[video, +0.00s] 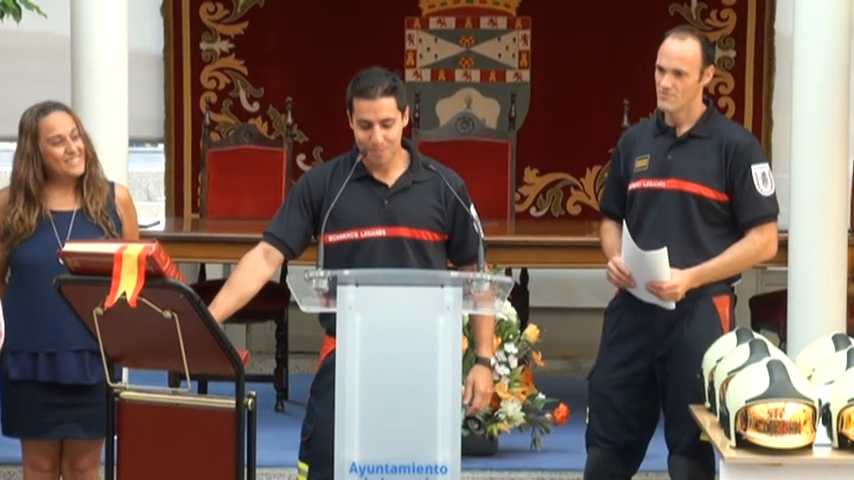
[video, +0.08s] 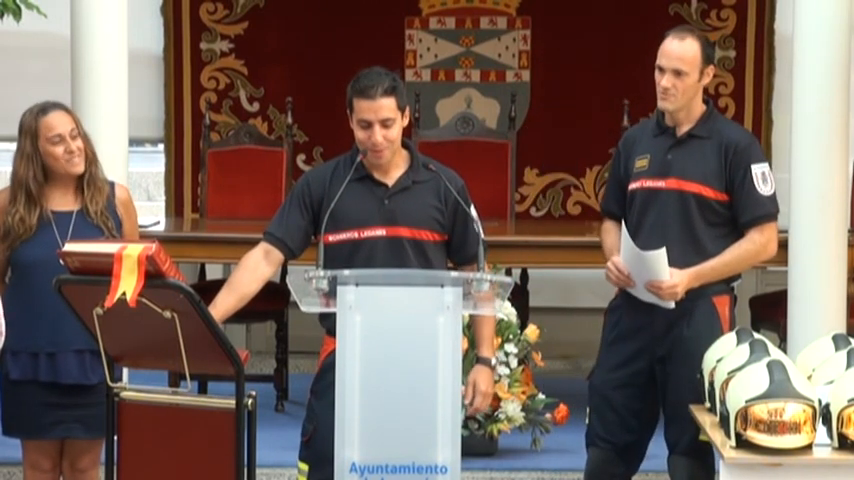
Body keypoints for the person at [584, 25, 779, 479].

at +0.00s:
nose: (664, 82)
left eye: (678, 73)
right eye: (660, 70)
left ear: (706, 77)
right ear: (654, 71)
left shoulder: (737, 146)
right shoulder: (632, 141)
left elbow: (764, 242)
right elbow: (611, 216)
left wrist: (691, 278)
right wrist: (615, 257)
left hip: (698, 319)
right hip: (631, 312)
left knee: (691, 454)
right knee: (607, 449)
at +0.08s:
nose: (664, 82)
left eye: (678, 73)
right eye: (660, 70)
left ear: (706, 77)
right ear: (654, 70)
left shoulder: (737, 145)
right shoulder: (633, 140)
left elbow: (764, 242)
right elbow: (612, 217)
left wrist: (690, 278)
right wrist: (614, 256)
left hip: (698, 319)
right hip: (631, 312)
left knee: (691, 455)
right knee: (607, 450)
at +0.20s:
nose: (664, 82)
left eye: (677, 73)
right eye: (660, 70)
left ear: (706, 77)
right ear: (654, 71)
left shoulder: (736, 145)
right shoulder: (634, 140)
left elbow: (763, 243)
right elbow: (611, 216)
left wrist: (688, 278)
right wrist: (613, 254)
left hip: (697, 319)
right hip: (631, 311)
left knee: (691, 454)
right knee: (606, 450)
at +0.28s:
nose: (664, 81)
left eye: (677, 73)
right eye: (660, 70)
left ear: (706, 77)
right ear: (654, 71)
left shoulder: (736, 145)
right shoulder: (634, 140)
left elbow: (763, 242)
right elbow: (612, 216)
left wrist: (688, 278)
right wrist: (613, 255)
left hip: (697, 318)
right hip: (631, 311)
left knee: (691, 454)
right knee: (607, 449)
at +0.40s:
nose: (664, 82)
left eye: (677, 73)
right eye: (660, 70)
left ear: (706, 77)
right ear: (654, 71)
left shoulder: (736, 145)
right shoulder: (634, 140)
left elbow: (763, 242)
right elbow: (612, 216)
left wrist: (687, 278)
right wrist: (613, 255)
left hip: (697, 318)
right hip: (631, 311)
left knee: (691, 454)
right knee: (607, 449)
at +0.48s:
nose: (664, 82)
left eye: (677, 73)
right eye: (660, 70)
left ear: (706, 77)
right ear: (654, 71)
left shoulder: (736, 145)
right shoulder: (634, 140)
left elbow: (763, 243)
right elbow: (612, 217)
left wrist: (687, 278)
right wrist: (613, 255)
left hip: (697, 320)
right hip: (631, 313)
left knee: (692, 457)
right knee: (607, 452)